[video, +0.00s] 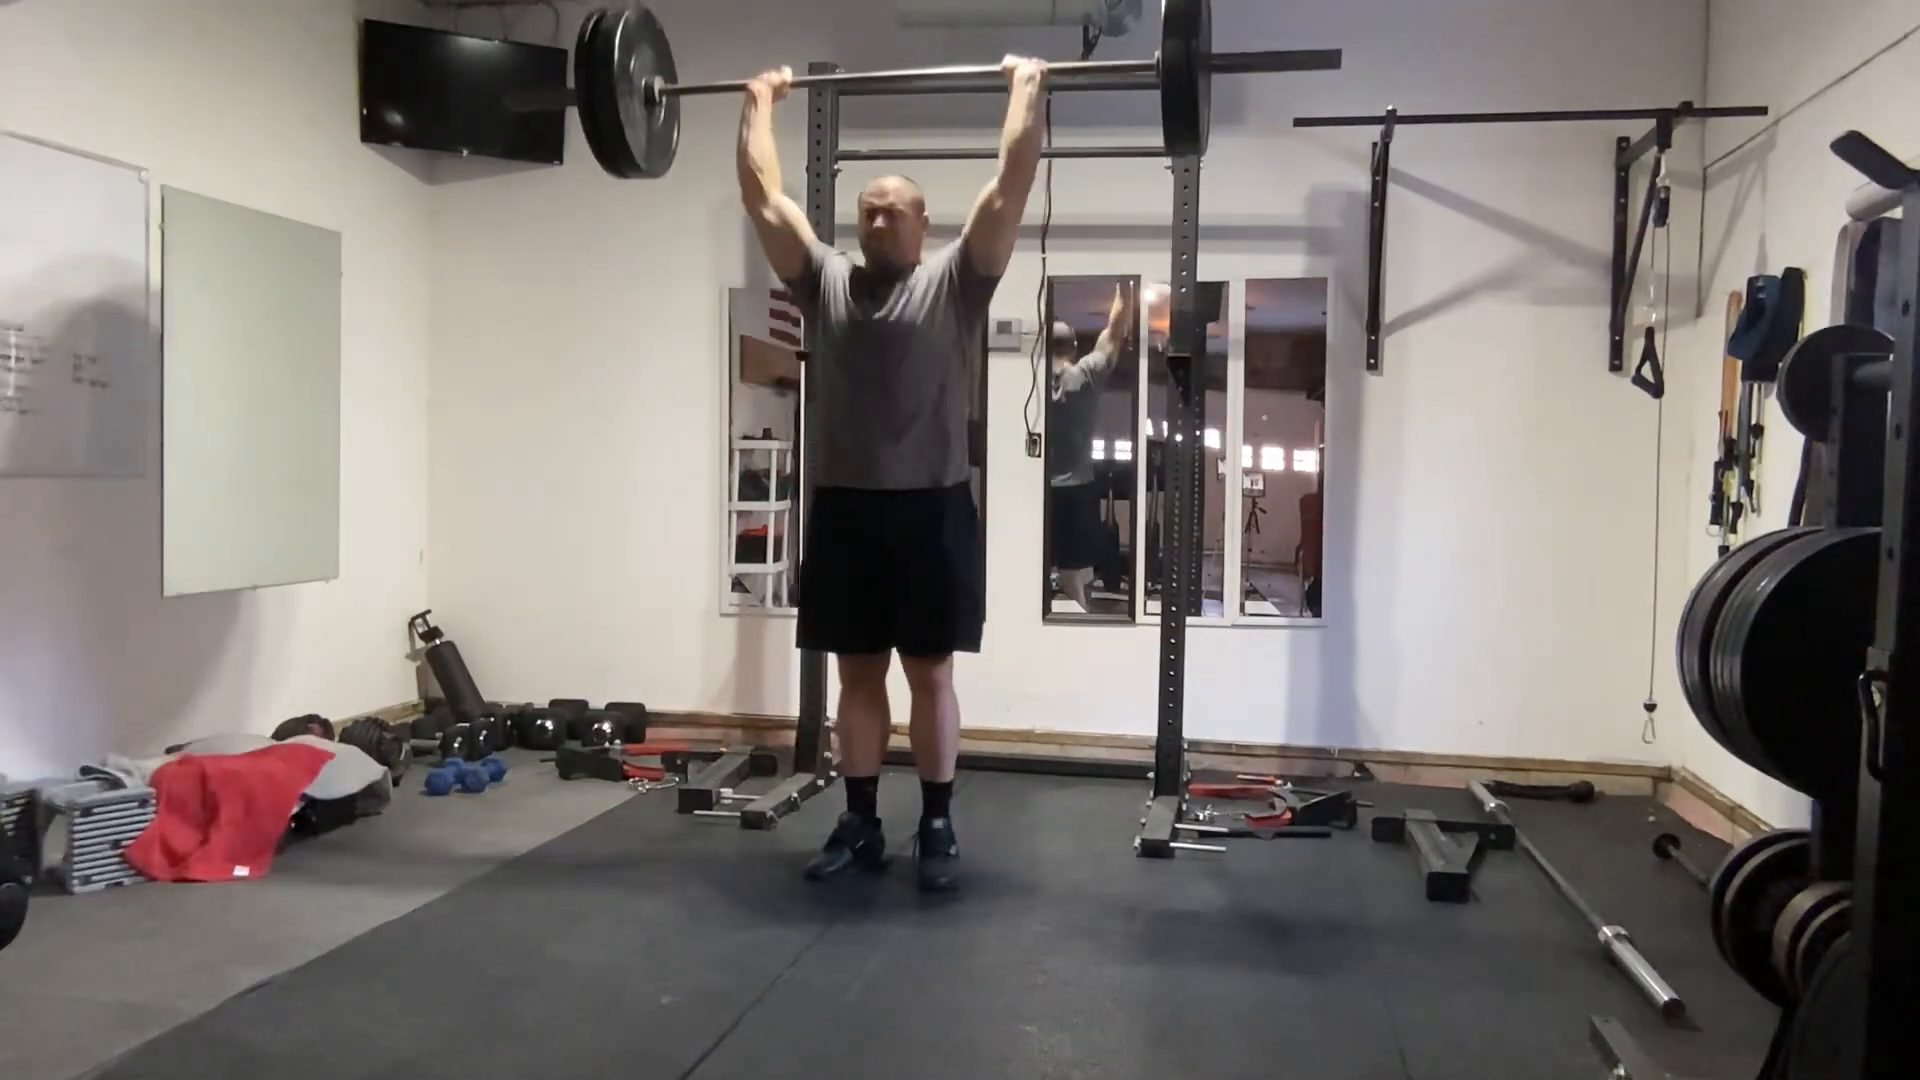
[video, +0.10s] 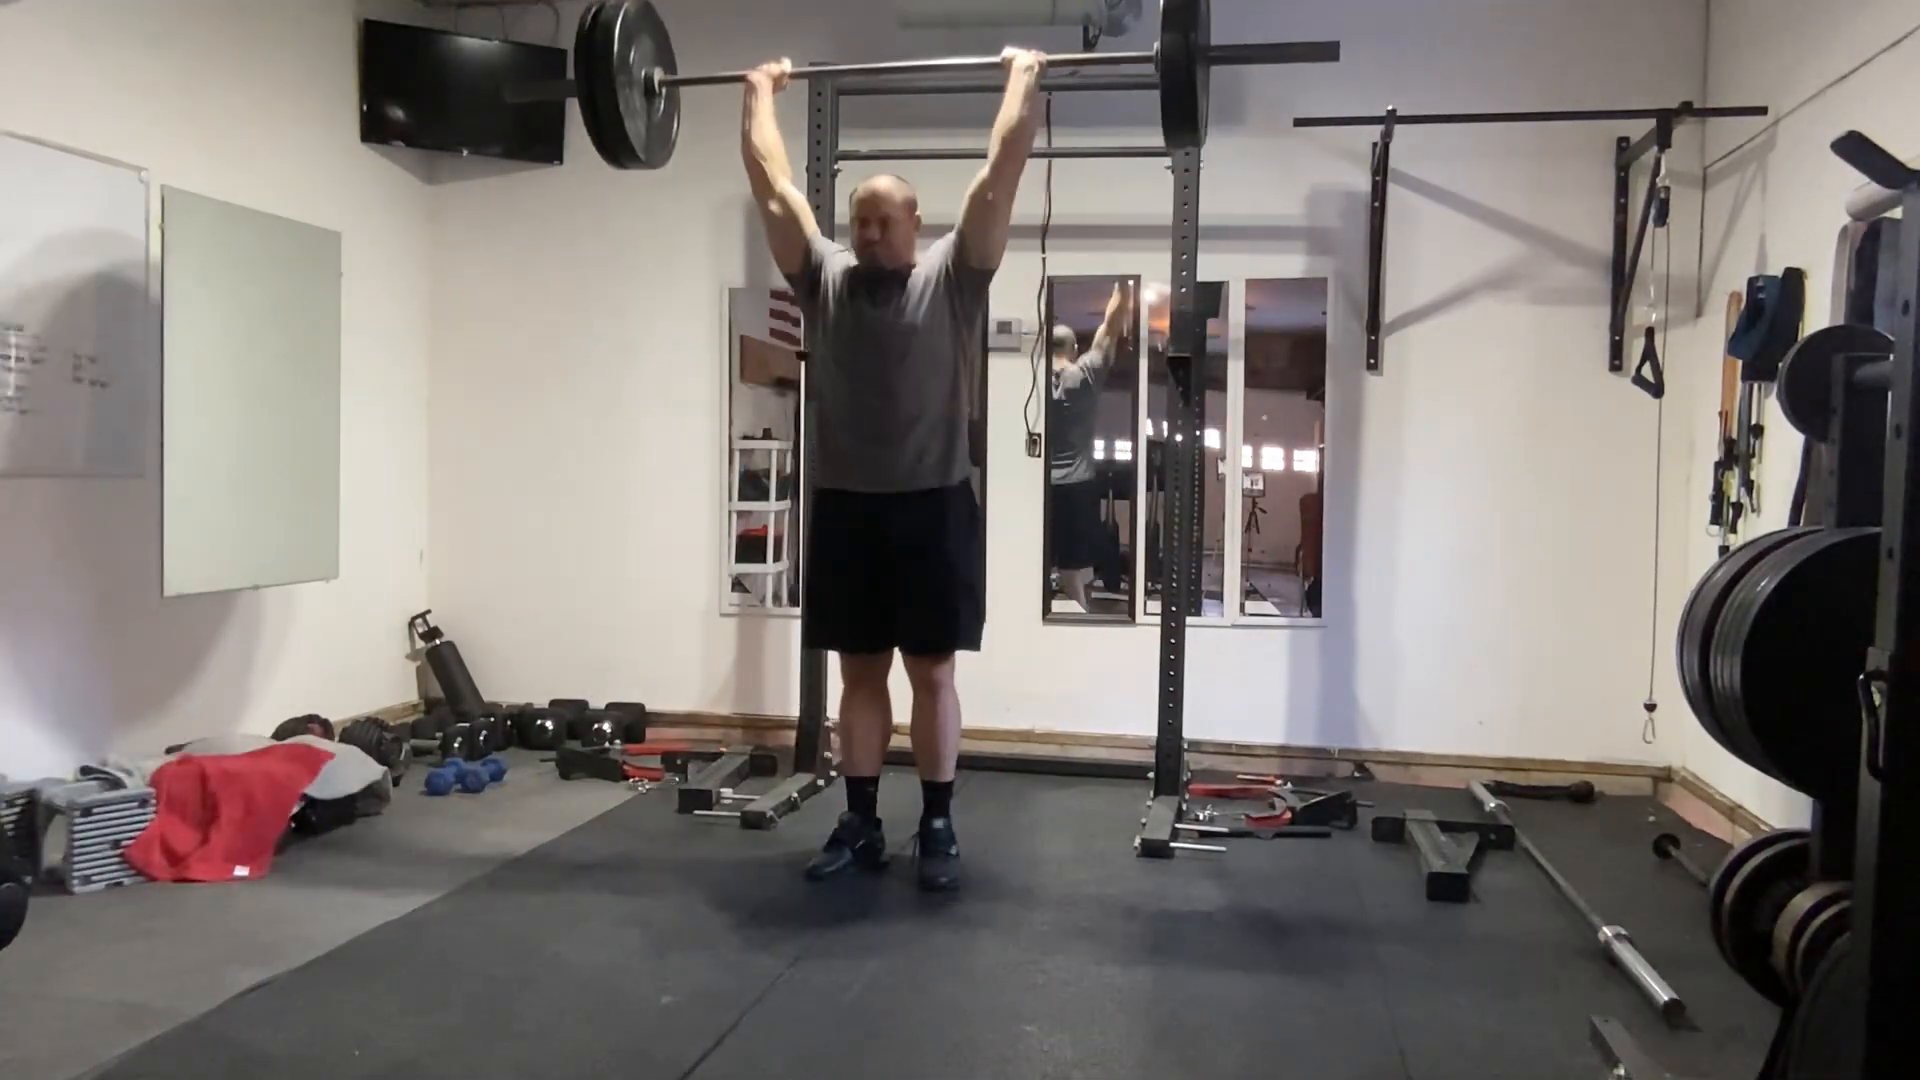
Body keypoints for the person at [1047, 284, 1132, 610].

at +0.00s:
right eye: (1068, 344)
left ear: (1042, 345)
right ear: (1073, 346)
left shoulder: (1029, 377)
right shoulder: (1085, 375)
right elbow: (1112, 335)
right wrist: (1122, 298)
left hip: (1039, 487)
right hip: (1076, 486)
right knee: (1075, 578)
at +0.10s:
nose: (1069, 351)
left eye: (1058, 346)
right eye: (1070, 345)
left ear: (1042, 347)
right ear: (1073, 348)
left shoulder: (1029, 378)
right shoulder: (1084, 375)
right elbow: (1108, 331)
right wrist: (1121, 297)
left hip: (1041, 482)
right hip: (1076, 481)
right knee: (1075, 575)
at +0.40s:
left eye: (1051, 352)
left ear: (1044, 353)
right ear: (1074, 353)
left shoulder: (1029, 388)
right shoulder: (1091, 392)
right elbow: (1109, 455)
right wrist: (1115, 502)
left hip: (1035, 494)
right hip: (1077, 493)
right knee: (1080, 575)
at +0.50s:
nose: (1075, 365)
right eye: (1076, 361)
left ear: (1045, 364)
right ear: (1075, 364)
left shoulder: (1029, 398)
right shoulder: (1092, 403)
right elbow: (1108, 467)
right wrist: (1114, 516)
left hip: (1034, 497)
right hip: (1077, 496)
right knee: (1083, 574)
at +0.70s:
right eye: (1077, 392)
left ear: (1049, 392)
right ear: (1077, 393)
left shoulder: (1032, 420)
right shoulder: (1095, 429)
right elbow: (1109, 491)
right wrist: (1116, 543)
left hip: (1034, 498)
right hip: (1077, 499)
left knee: (1031, 575)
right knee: (1087, 578)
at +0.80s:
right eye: (1075, 401)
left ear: (1048, 401)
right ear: (1076, 402)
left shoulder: (1033, 429)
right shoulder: (1094, 437)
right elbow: (1109, 498)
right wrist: (1116, 552)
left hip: (1035, 500)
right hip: (1077, 502)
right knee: (1089, 577)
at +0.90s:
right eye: (1074, 399)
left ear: (1047, 400)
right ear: (1076, 401)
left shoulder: (1032, 429)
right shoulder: (1093, 436)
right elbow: (1109, 497)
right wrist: (1116, 549)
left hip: (1035, 501)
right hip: (1078, 502)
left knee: (1032, 576)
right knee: (1089, 579)